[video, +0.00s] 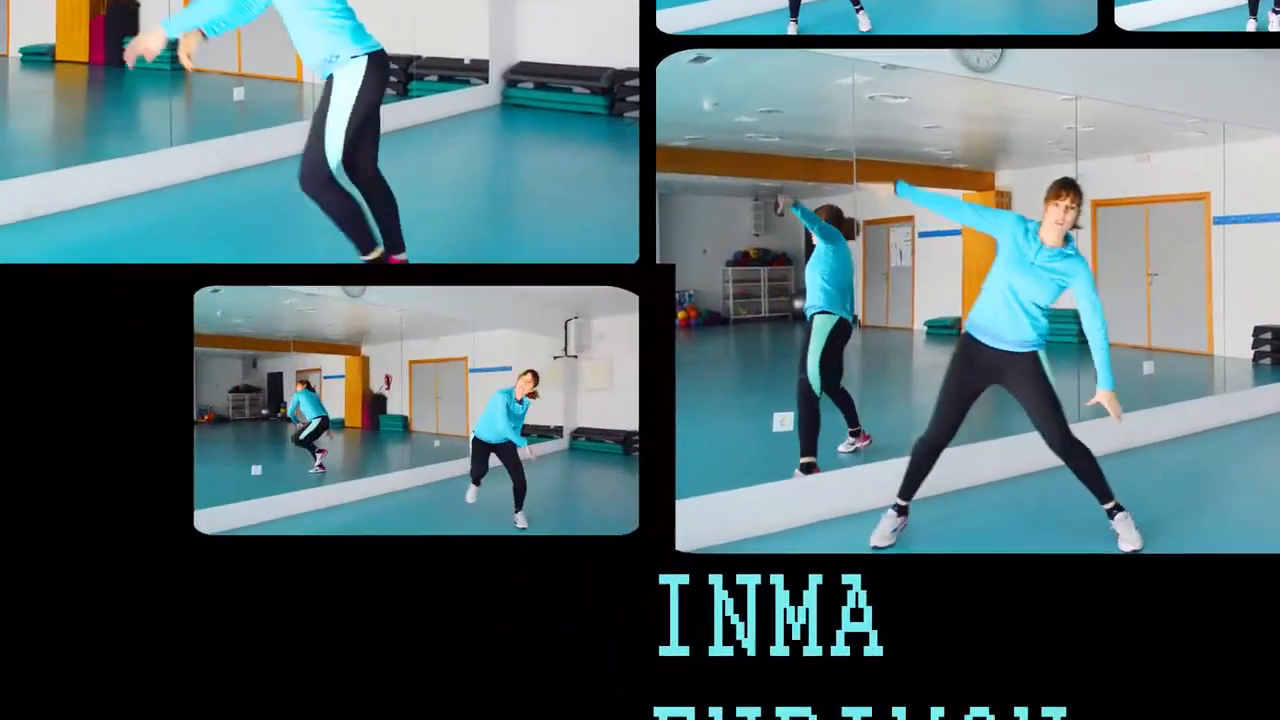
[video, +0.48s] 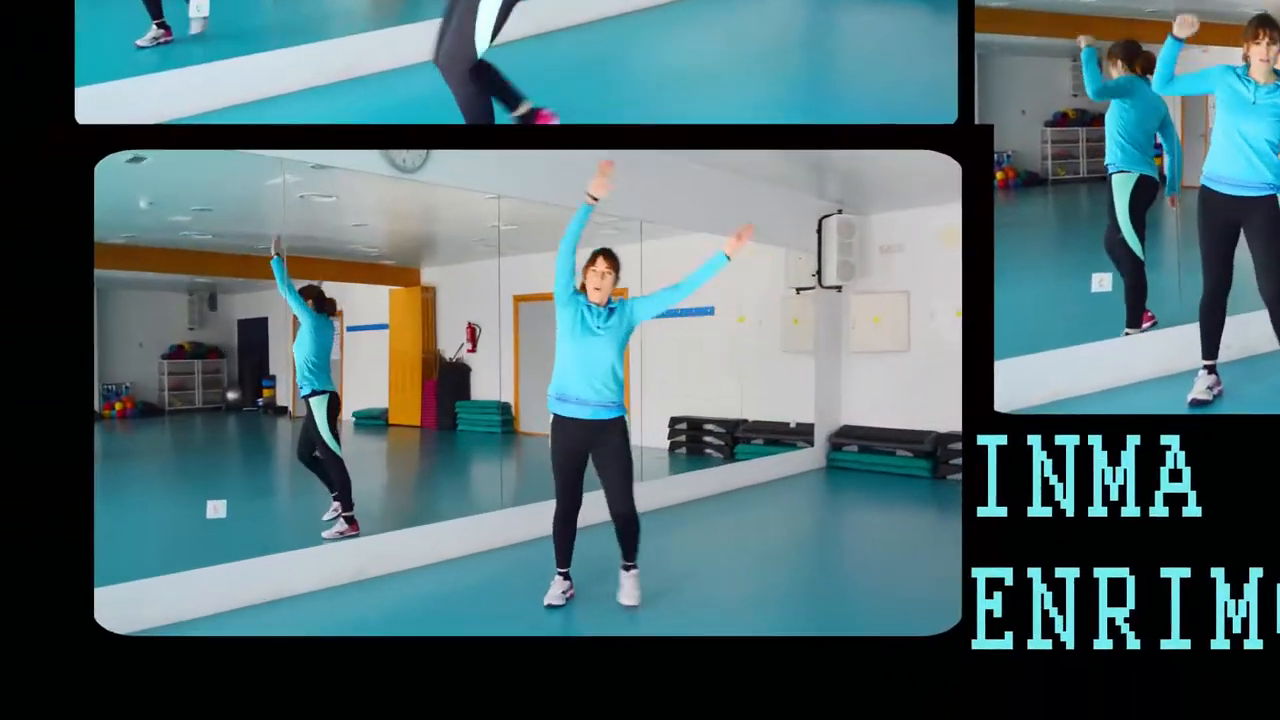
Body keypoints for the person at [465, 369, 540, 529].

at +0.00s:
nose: (524, 385)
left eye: (529, 384)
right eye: (524, 380)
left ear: (531, 389)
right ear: (518, 379)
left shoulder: (525, 404)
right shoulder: (501, 396)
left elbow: (518, 426)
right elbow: (503, 426)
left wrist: (514, 440)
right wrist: (523, 443)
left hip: (504, 441)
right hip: (482, 439)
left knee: (520, 480)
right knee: (478, 471)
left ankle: (518, 512)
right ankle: (475, 485)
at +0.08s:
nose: (548, 366)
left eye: (554, 365)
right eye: (548, 361)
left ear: (559, 372)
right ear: (542, 362)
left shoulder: (553, 393)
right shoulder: (523, 382)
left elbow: (554, 424)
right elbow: (532, 412)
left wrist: (565, 453)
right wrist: (557, 419)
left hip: (532, 441)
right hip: (506, 439)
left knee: (549, 484)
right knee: (493, 481)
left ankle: (552, 525)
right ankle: (480, 502)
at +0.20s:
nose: (576, 334)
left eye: (582, 333)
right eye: (573, 329)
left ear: (587, 341)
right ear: (565, 330)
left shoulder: (585, 367)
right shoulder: (545, 350)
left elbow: (609, 396)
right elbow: (568, 353)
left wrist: (647, 420)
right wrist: (600, 352)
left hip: (566, 436)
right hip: (533, 433)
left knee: (586, 493)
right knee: (515, 490)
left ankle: (604, 544)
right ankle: (489, 536)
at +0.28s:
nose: (585, 318)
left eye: (591, 314)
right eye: (583, 312)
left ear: (599, 321)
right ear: (573, 312)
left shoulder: (601, 349)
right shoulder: (554, 333)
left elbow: (639, 369)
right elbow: (581, 308)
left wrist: (689, 376)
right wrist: (615, 299)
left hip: (579, 429)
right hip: (543, 427)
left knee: (604, 492)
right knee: (528, 490)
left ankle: (635, 554)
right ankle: (510, 548)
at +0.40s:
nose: (595, 291)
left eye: (602, 288)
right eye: (590, 285)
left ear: (609, 296)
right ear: (578, 289)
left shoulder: (615, 327)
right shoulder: (561, 316)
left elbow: (669, 322)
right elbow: (573, 268)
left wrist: (721, 302)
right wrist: (608, 231)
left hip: (595, 425)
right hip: (556, 424)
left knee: (621, 498)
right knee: (550, 498)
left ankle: (643, 560)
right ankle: (541, 565)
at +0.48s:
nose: (598, 277)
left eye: (606, 272)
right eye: (593, 270)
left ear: (616, 281)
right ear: (582, 276)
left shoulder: (627, 312)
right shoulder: (568, 305)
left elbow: (679, 290)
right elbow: (567, 249)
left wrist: (726, 253)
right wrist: (591, 198)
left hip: (609, 422)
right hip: (566, 421)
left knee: (622, 506)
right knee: (566, 504)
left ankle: (629, 571)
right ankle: (561, 577)